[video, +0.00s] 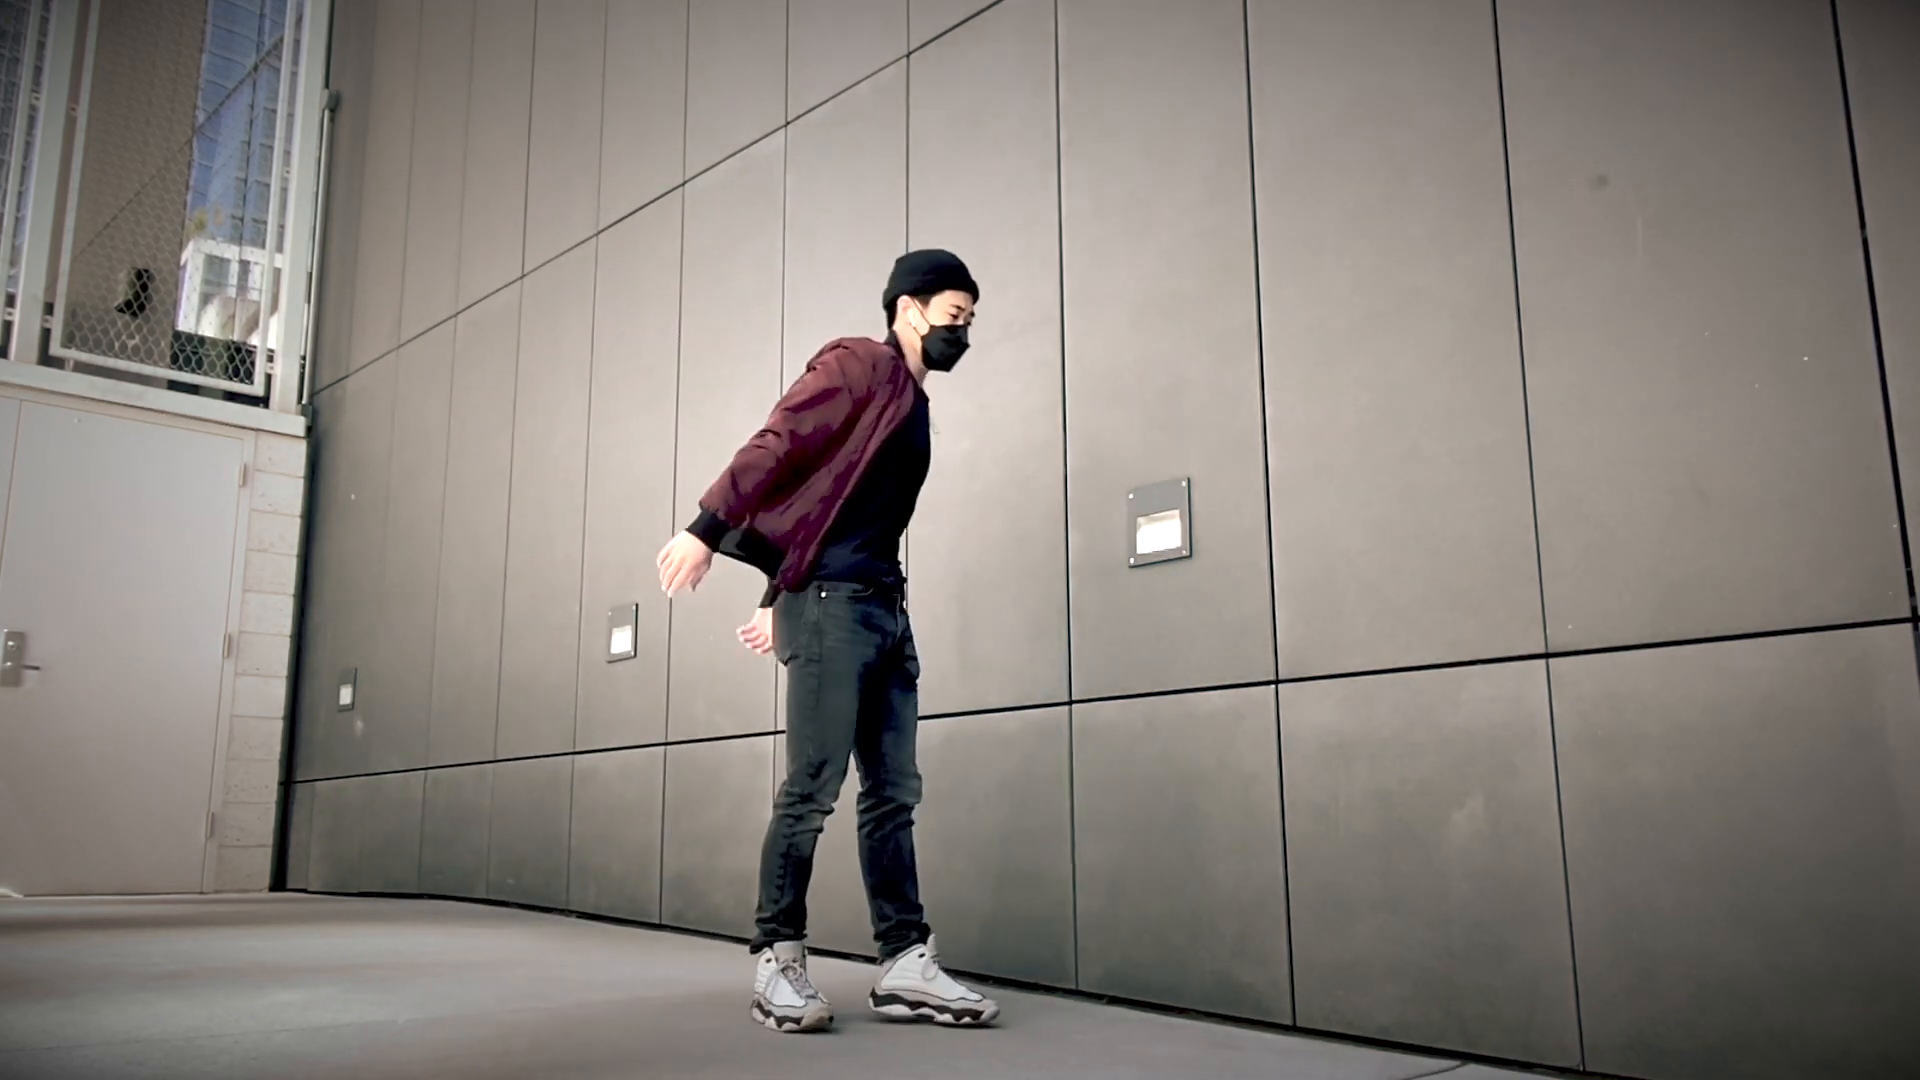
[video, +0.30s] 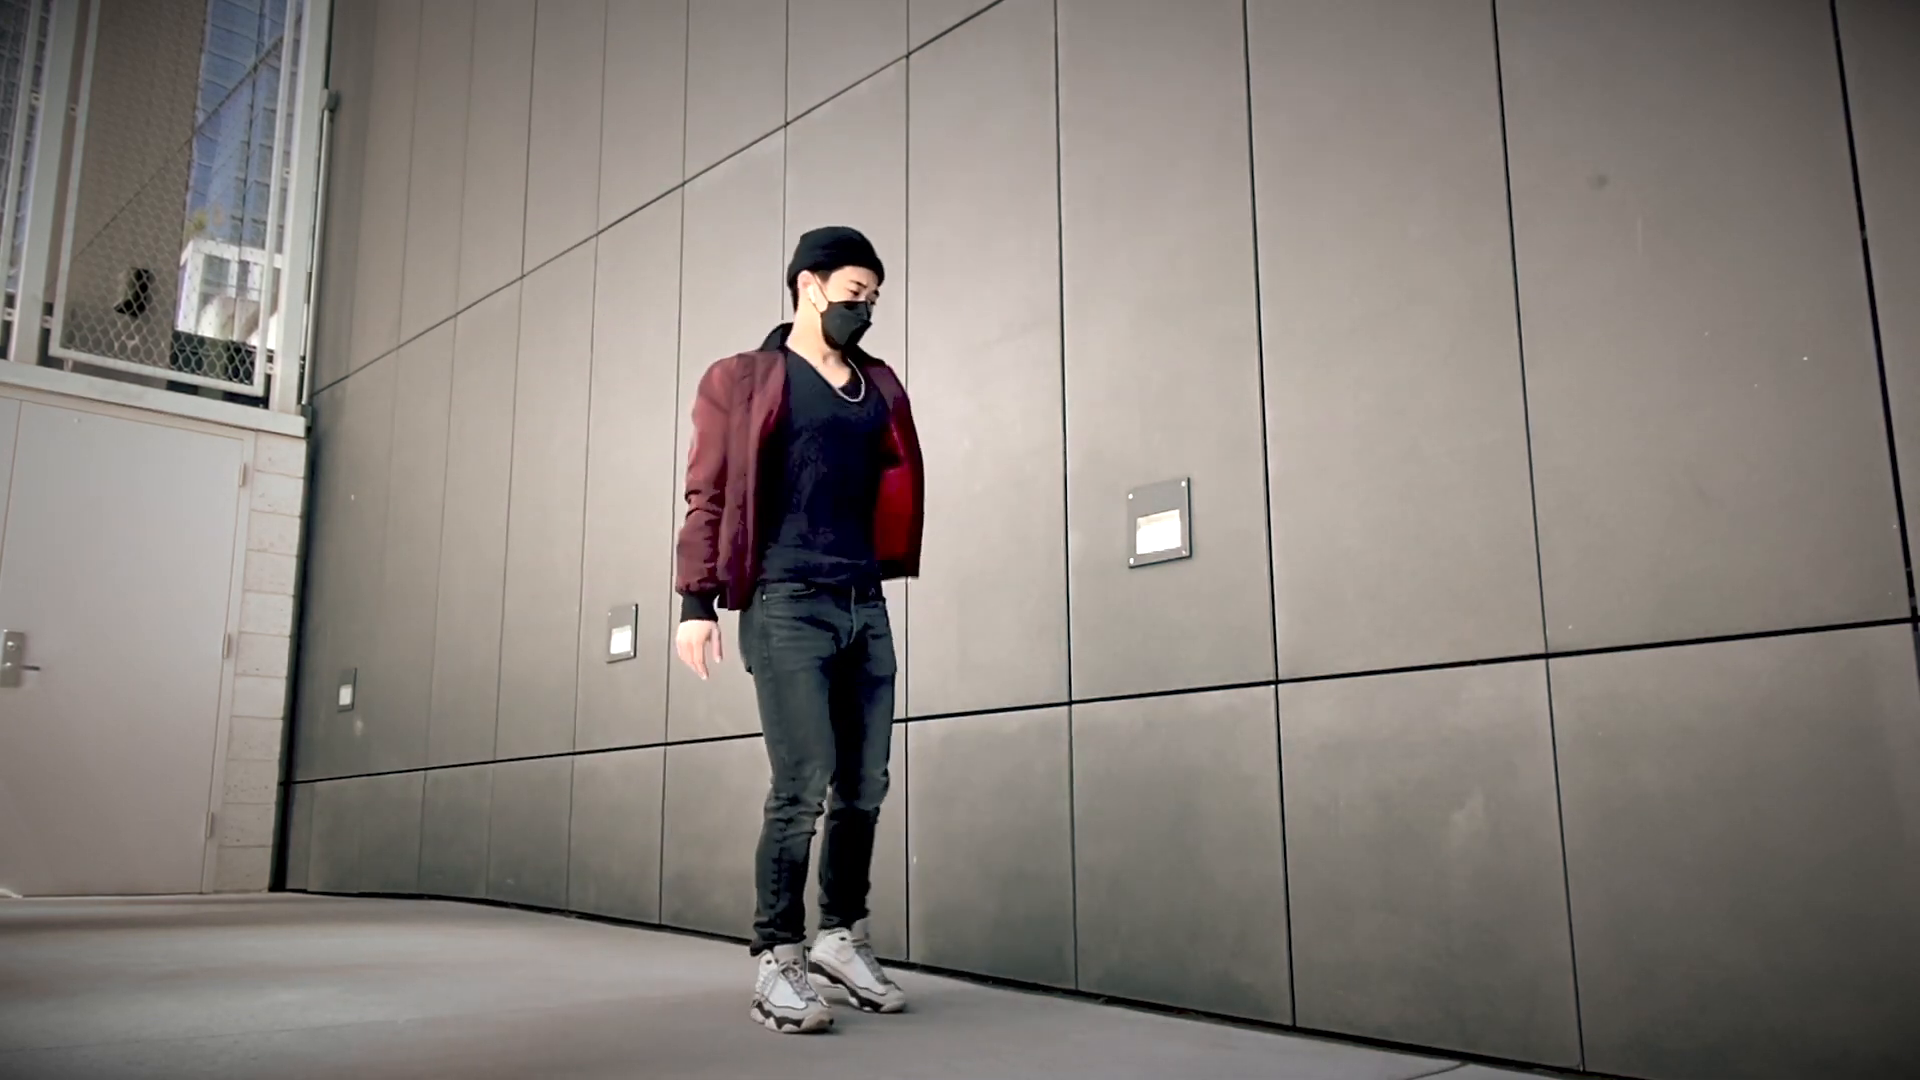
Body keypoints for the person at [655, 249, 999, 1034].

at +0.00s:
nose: (964, 329)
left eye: (970, 318)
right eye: (955, 313)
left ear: (937, 320)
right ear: (907, 307)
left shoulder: (907, 397)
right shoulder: (857, 363)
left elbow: (847, 505)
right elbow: (778, 441)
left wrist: (784, 597)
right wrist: (703, 529)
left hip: (883, 610)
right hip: (828, 605)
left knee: (892, 792)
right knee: (812, 786)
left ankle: (904, 963)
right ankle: (778, 959)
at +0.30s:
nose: (867, 302)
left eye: (874, 293)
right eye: (855, 287)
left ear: (870, 303)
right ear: (807, 284)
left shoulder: (879, 386)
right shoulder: (742, 379)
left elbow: (893, 492)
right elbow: (705, 496)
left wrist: (879, 578)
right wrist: (696, 606)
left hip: (863, 605)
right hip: (782, 607)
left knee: (863, 786)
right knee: (802, 783)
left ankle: (840, 940)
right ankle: (776, 961)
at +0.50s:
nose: (812, 306)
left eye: (821, 299)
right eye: (799, 293)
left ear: (826, 308)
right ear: (755, 294)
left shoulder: (845, 391)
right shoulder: (703, 405)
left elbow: (912, 472)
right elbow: (659, 516)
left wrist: (940, 565)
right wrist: (651, 633)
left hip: (837, 614)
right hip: (757, 617)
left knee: (837, 799)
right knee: (802, 788)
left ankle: (724, 908)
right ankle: (783, 960)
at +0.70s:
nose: (784, 328)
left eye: (793, 318)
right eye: (771, 313)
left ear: (797, 328)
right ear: (726, 315)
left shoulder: (812, 397)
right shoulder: (661, 414)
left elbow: (904, 467)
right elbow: (607, 529)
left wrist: (1006, 535)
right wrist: (562, 630)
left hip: (781, 622)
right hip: (696, 622)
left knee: (799, 798)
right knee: (768, 745)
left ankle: (680, 933)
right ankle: (842, 928)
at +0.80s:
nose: (773, 343)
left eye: (782, 333)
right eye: (759, 328)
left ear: (786, 341)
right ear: (715, 326)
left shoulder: (802, 415)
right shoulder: (647, 418)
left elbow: (895, 480)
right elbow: (585, 523)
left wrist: (996, 532)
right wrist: (518, 617)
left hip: (759, 623)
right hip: (674, 624)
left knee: (789, 790)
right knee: (747, 749)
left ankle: (676, 935)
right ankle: (822, 888)